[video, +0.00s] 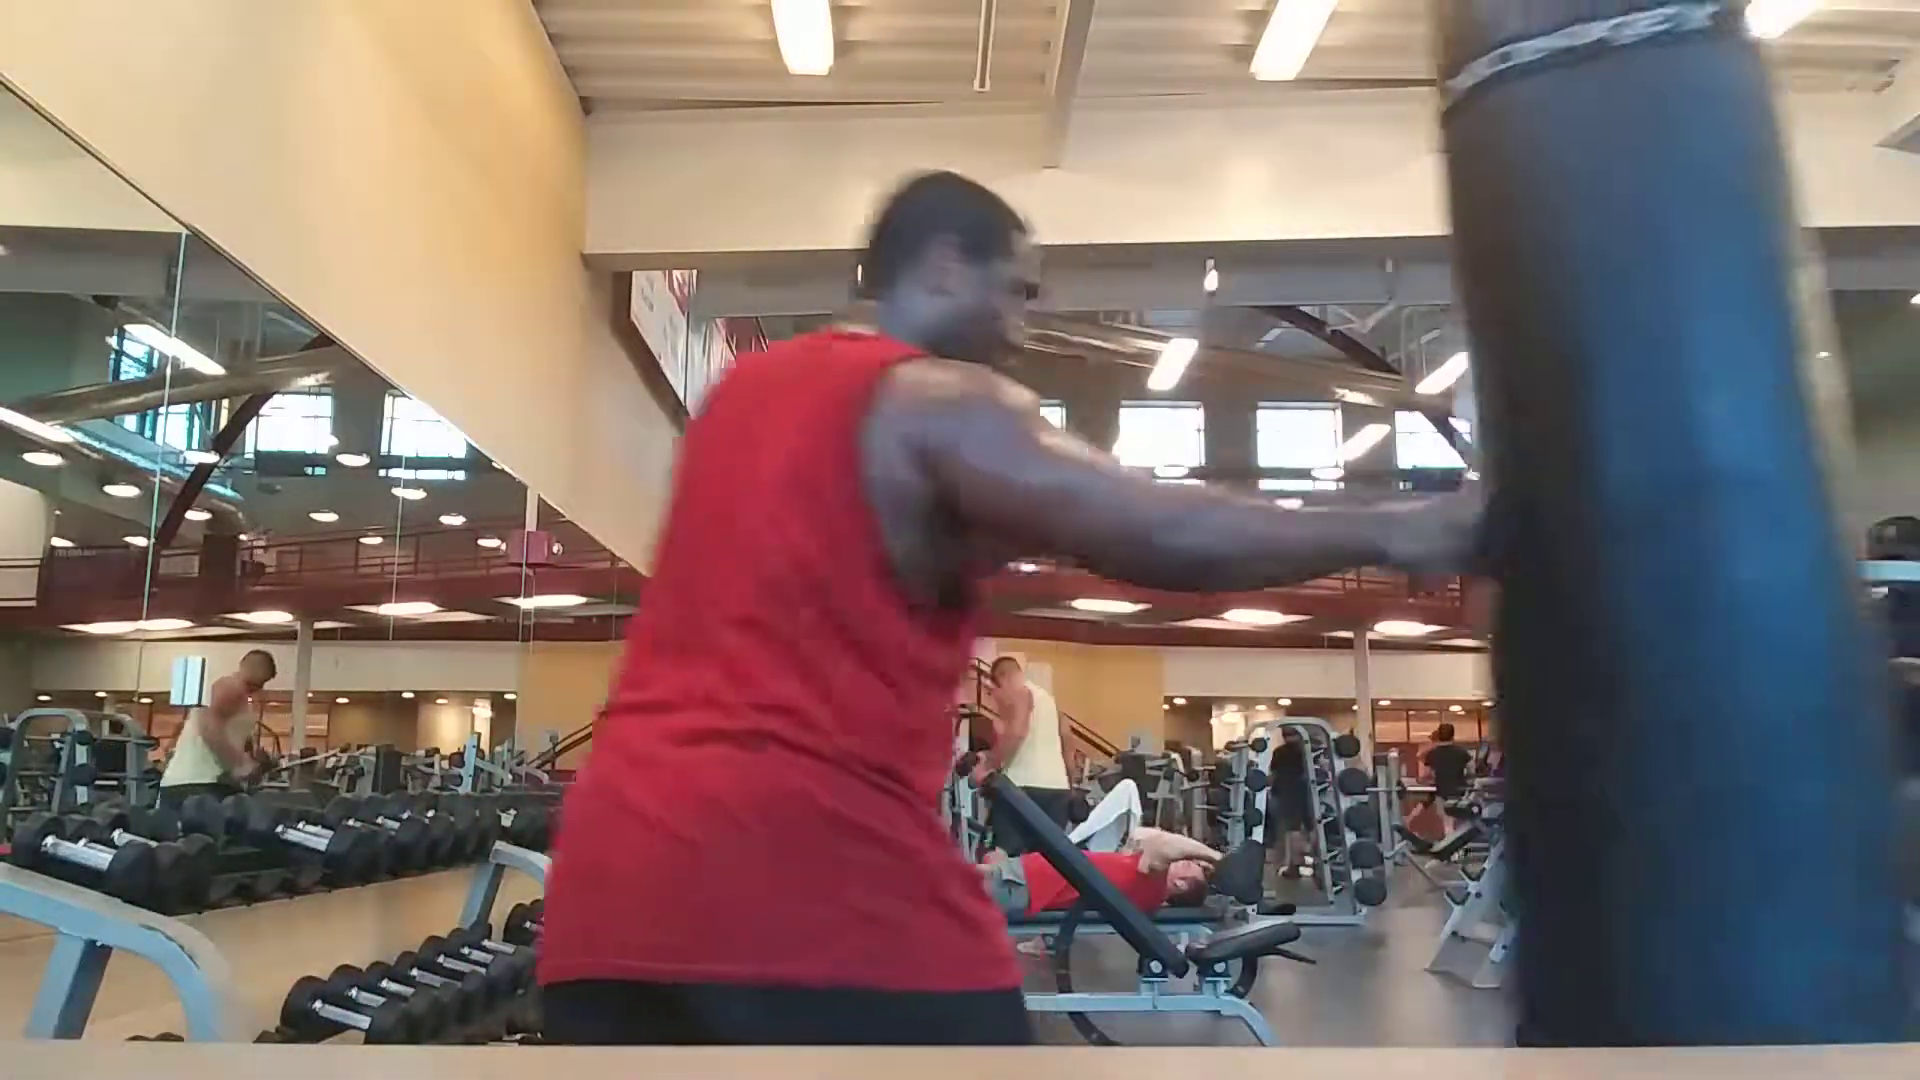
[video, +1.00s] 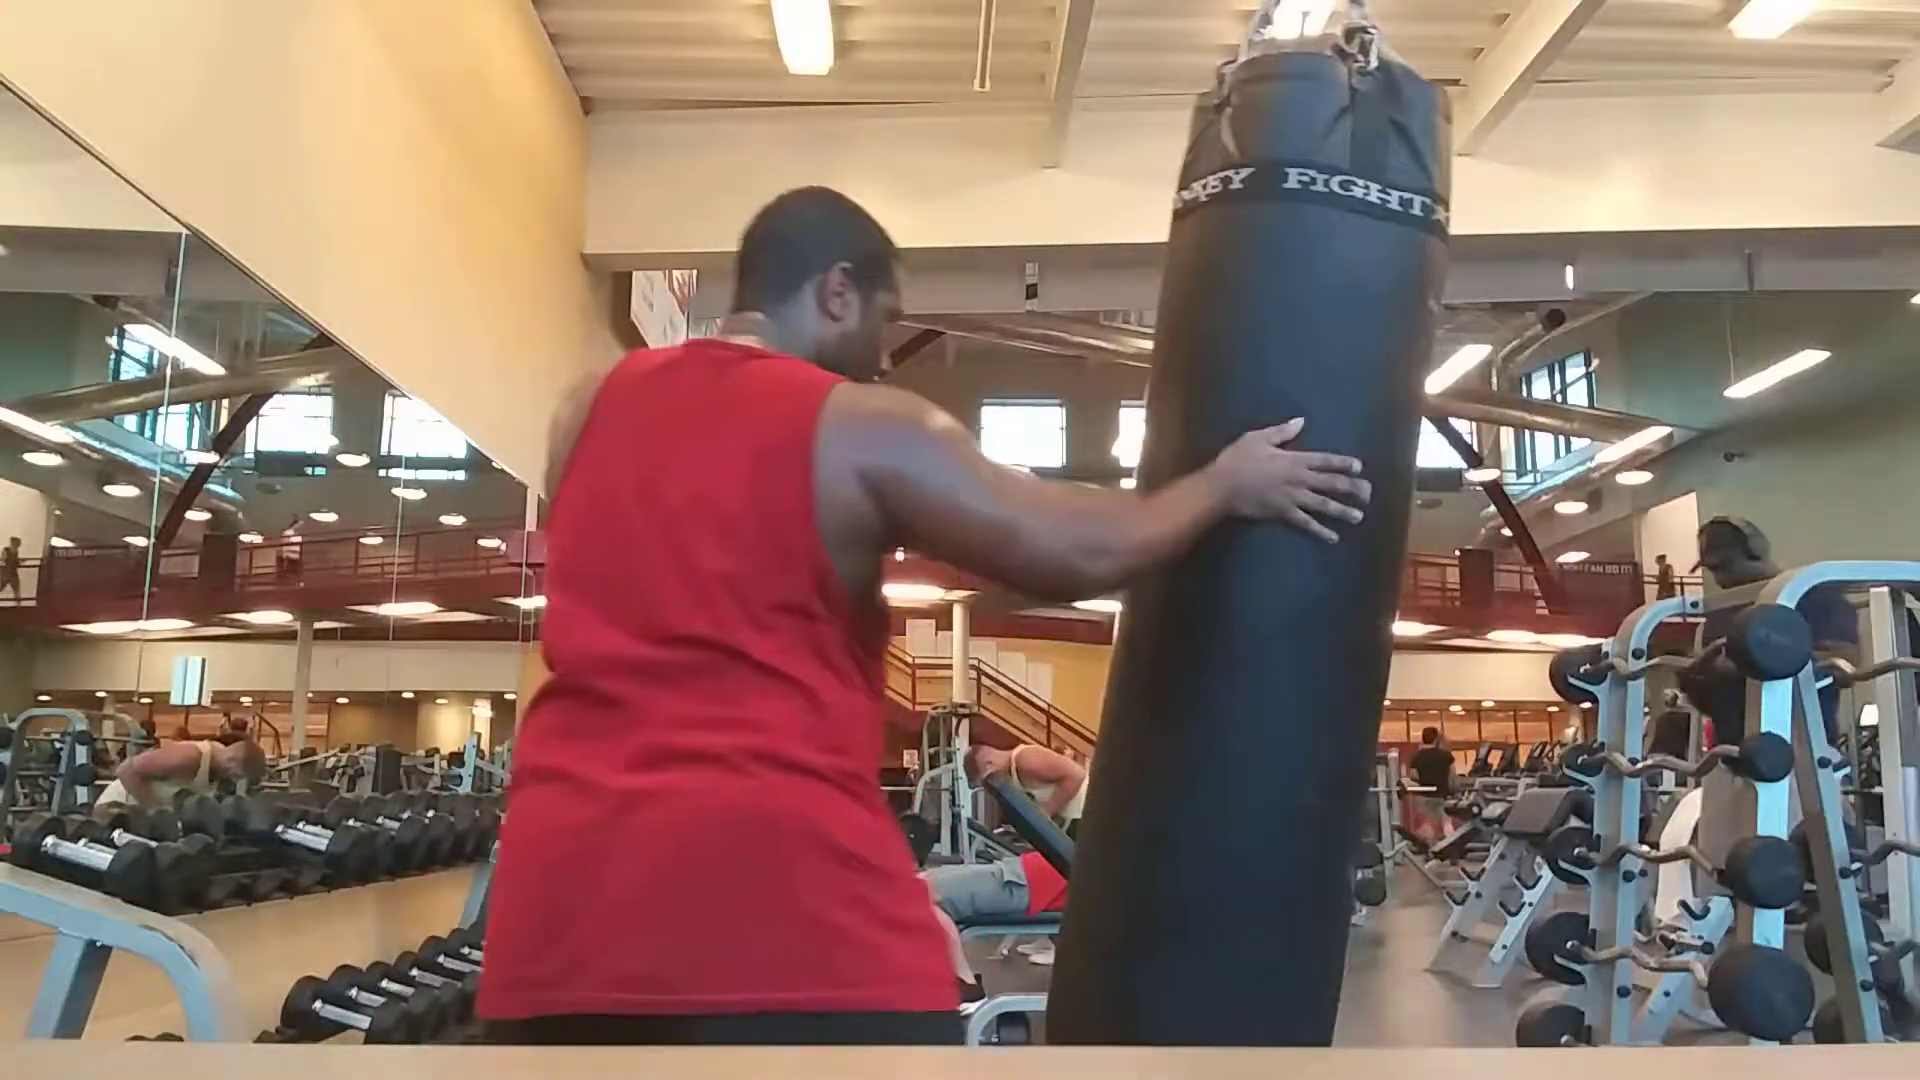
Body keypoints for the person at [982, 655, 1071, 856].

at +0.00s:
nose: (999, 690)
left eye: (998, 684)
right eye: (997, 685)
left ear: (1002, 677)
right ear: (1020, 673)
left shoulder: (1017, 692)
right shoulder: (1048, 698)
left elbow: (1016, 732)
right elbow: (1066, 735)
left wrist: (990, 764)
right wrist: (1071, 777)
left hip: (1021, 788)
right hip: (1057, 789)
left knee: (1006, 857)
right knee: (1049, 859)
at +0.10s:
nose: (1000, 691)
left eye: (999, 685)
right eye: (998, 686)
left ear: (1002, 678)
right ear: (1022, 672)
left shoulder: (1021, 691)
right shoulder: (1051, 699)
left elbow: (1026, 734)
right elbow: (1071, 744)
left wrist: (996, 765)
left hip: (1033, 788)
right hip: (1060, 789)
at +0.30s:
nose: (1000, 696)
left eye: (998, 689)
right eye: (995, 692)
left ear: (1008, 677)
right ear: (1014, 673)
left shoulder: (1029, 693)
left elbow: (1050, 730)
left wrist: (1020, 765)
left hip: (1057, 789)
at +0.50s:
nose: (993, 708)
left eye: (991, 701)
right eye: (989, 704)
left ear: (1002, 686)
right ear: (1004, 685)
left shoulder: (1029, 703)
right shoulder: (1020, 711)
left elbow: (1059, 736)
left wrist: (1036, 777)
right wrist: (1032, 776)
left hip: (1075, 792)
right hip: (1063, 793)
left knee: (1068, 856)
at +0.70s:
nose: (984, 751)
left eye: (979, 744)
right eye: (978, 748)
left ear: (985, 727)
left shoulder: (1024, 730)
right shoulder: (1012, 744)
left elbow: (1064, 752)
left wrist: (1046, 795)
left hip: (1086, 797)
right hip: (1067, 798)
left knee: (1080, 859)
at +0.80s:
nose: (986, 760)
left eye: (984, 753)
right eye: (981, 758)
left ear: (991, 736)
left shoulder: (1023, 741)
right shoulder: (1008, 762)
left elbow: (1069, 759)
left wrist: (1047, 800)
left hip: (1089, 800)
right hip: (1067, 804)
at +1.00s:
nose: (991, 784)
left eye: (988, 778)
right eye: (986, 783)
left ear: (990, 764)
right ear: (989, 763)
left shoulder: (1026, 758)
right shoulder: (1014, 776)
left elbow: (1075, 775)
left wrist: (1047, 811)